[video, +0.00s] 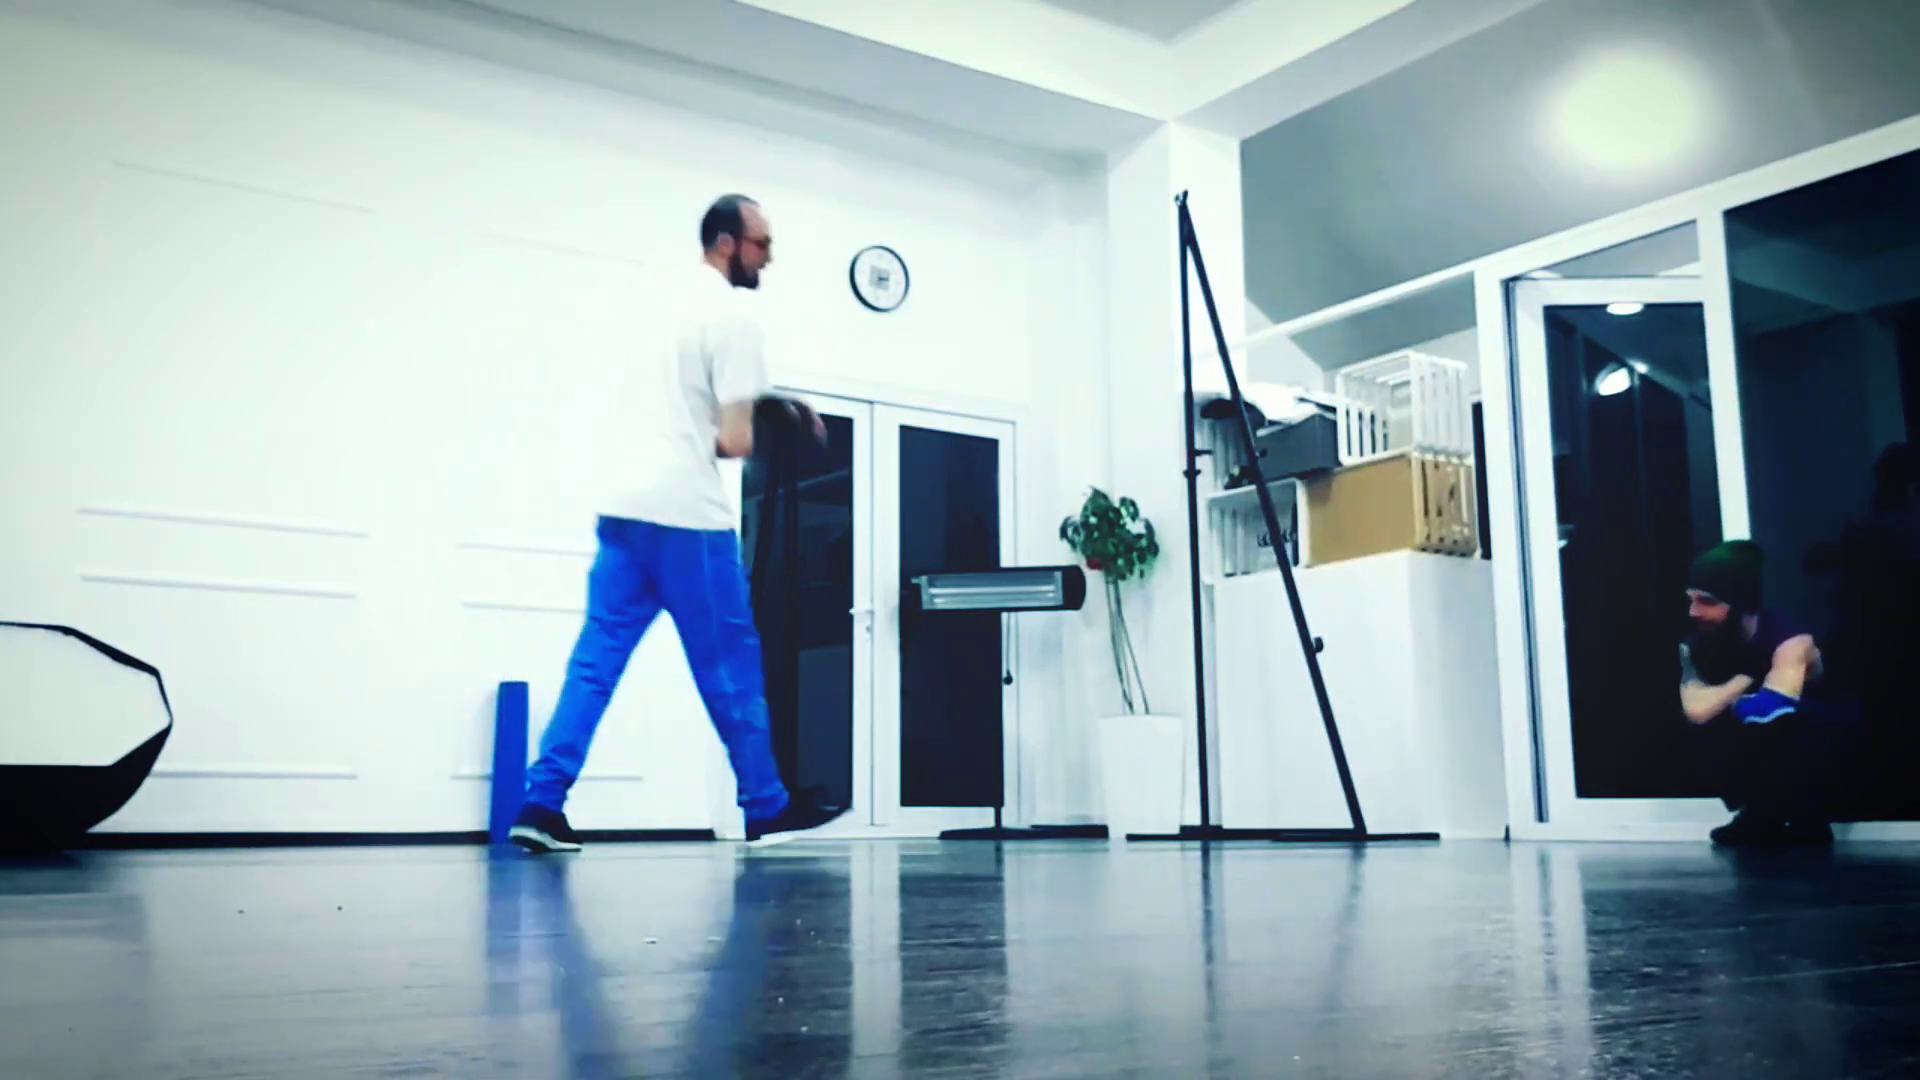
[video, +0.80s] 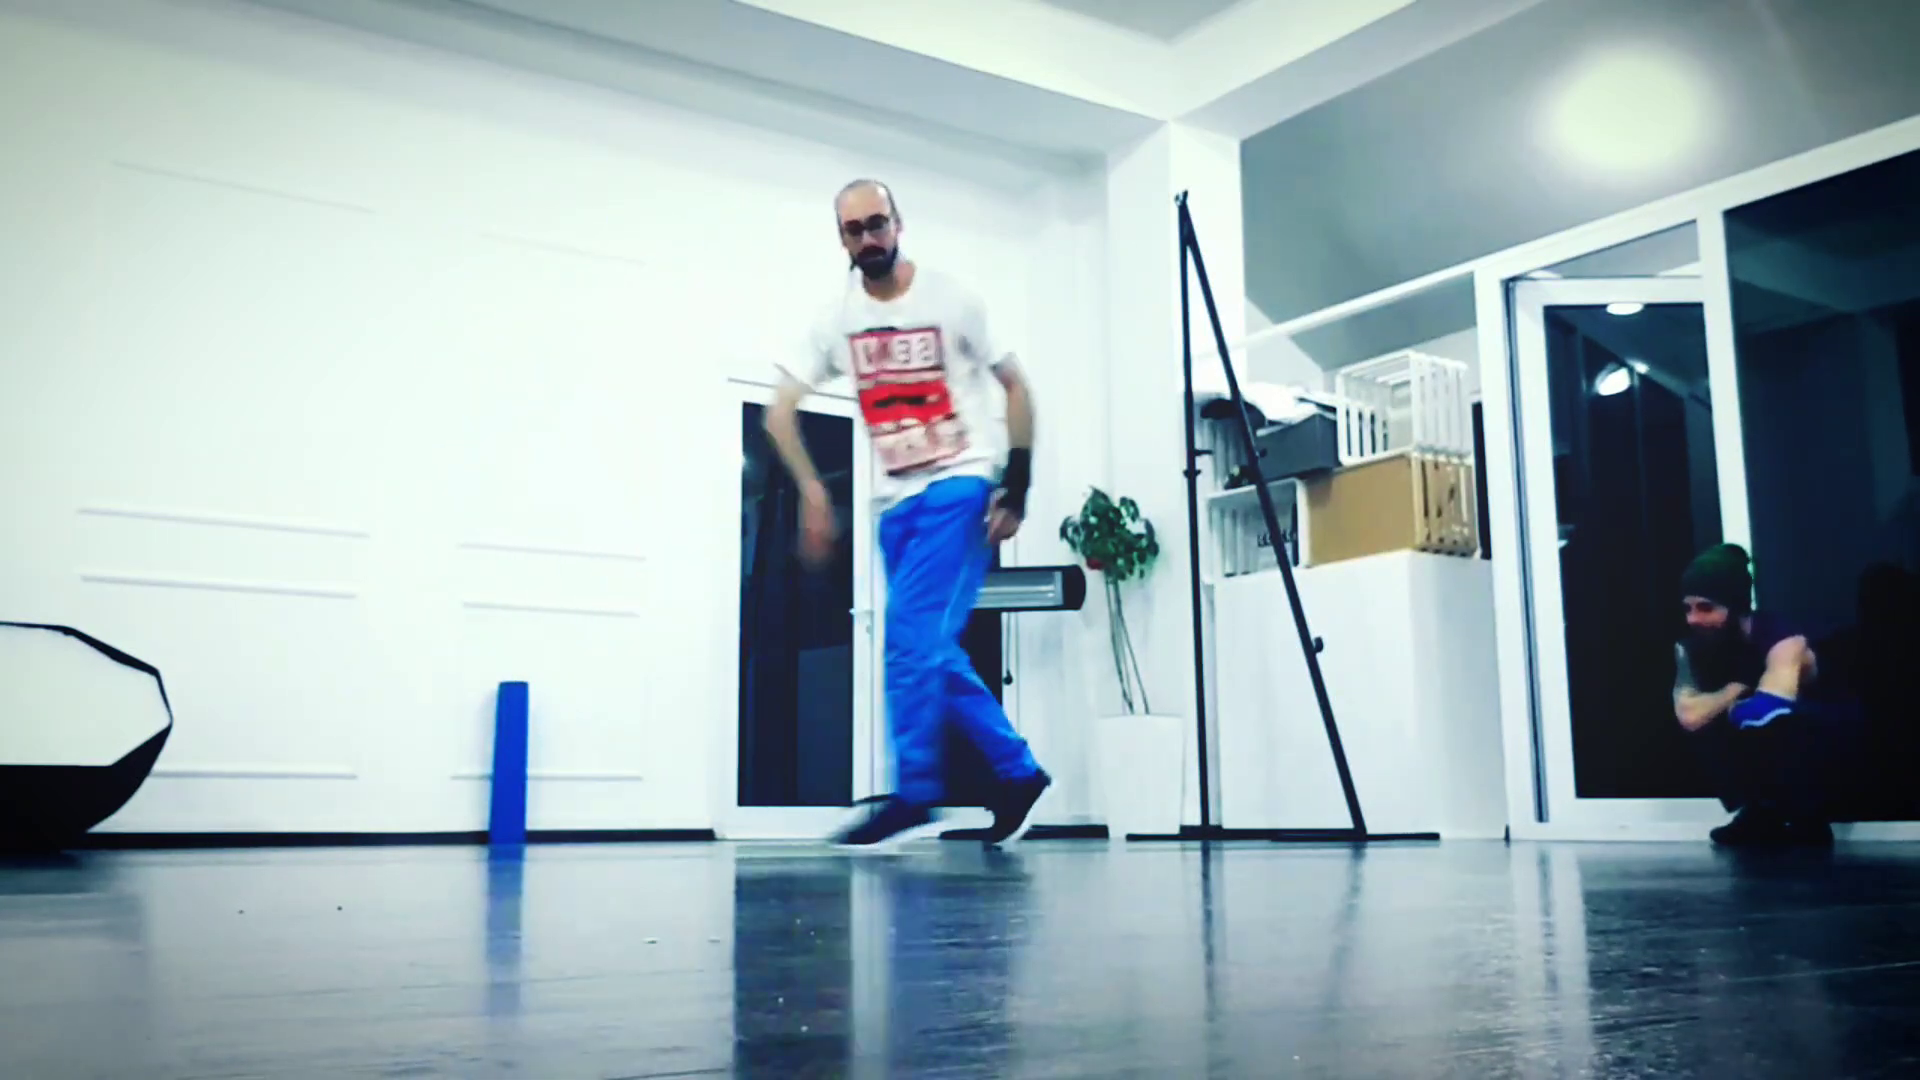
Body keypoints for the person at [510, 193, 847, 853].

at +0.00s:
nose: (768, 258)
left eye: (769, 246)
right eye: (761, 245)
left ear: (715, 244)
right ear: (724, 242)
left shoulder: (661, 296)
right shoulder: (732, 313)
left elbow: (676, 411)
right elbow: (737, 440)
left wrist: (775, 411)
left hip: (624, 502)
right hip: (688, 510)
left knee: (595, 660)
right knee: (730, 663)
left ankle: (542, 806)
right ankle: (768, 807)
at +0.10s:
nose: (798, 265)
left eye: (799, 253)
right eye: (791, 252)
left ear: (749, 254)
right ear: (751, 252)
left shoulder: (699, 312)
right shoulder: (751, 327)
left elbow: (699, 429)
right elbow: (760, 451)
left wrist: (761, 436)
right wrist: (785, 445)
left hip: (665, 515)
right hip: (721, 522)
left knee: (657, 661)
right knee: (766, 660)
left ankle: (565, 767)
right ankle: (775, 810)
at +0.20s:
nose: (817, 272)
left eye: (819, 261)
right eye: (807, 261)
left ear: (769, 267)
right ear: (769, 263)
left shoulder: (744, 329)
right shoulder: (764, 336)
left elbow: (762, 444)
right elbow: (787, 452)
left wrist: (797, 449)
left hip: (726, 526)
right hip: (752, 528)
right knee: (804, 661)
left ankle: (659, 746)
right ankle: (780, 811)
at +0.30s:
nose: (831, 263)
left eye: (834, 251)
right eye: (817, 252)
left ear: (832, 252)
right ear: (784, 256)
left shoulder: (817, 330)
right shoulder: (765, 325)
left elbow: (812, 426)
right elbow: (795, 433)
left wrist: (823, 466)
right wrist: (855, 417)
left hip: (811, 521)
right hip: (758, 523)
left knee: (858, 646)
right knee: (798, 662)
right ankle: (781, 813)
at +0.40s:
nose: (842, 241)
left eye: (850, 229)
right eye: (829, 229)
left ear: (858, 230)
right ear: (799, 231)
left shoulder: (861, 310)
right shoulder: (767, 303)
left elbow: (843, 404)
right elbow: (784, 400)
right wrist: (887, 412)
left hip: (848, 501)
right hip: (775, 509)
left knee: (881, 631)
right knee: (810, 645)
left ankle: (869, 784)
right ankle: (828, 791)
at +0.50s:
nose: (851, 238)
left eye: (861, 226)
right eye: (838, 226)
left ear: (872, 230)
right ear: (814, 230)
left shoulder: (888, 326)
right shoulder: (780, 294)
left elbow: (881, 410)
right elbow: (777, 383)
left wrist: (893, 443)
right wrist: (866, 416)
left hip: (865, 493)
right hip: (789, 504)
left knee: (863, 641)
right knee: (834, 649)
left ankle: (843, 803)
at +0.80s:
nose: (867, 238)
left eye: (877, 223)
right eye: (854, 229)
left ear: (899, 224)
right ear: (841, 239)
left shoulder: (950, 300)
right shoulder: (839, 318)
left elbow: (1016, 386)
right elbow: (779, 410)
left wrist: (1017, 487)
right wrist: (813, 492)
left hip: (960, 487)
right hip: (895, 500)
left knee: (913, 635)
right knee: (925, 644)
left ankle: (914, 792)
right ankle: (1017, 775)